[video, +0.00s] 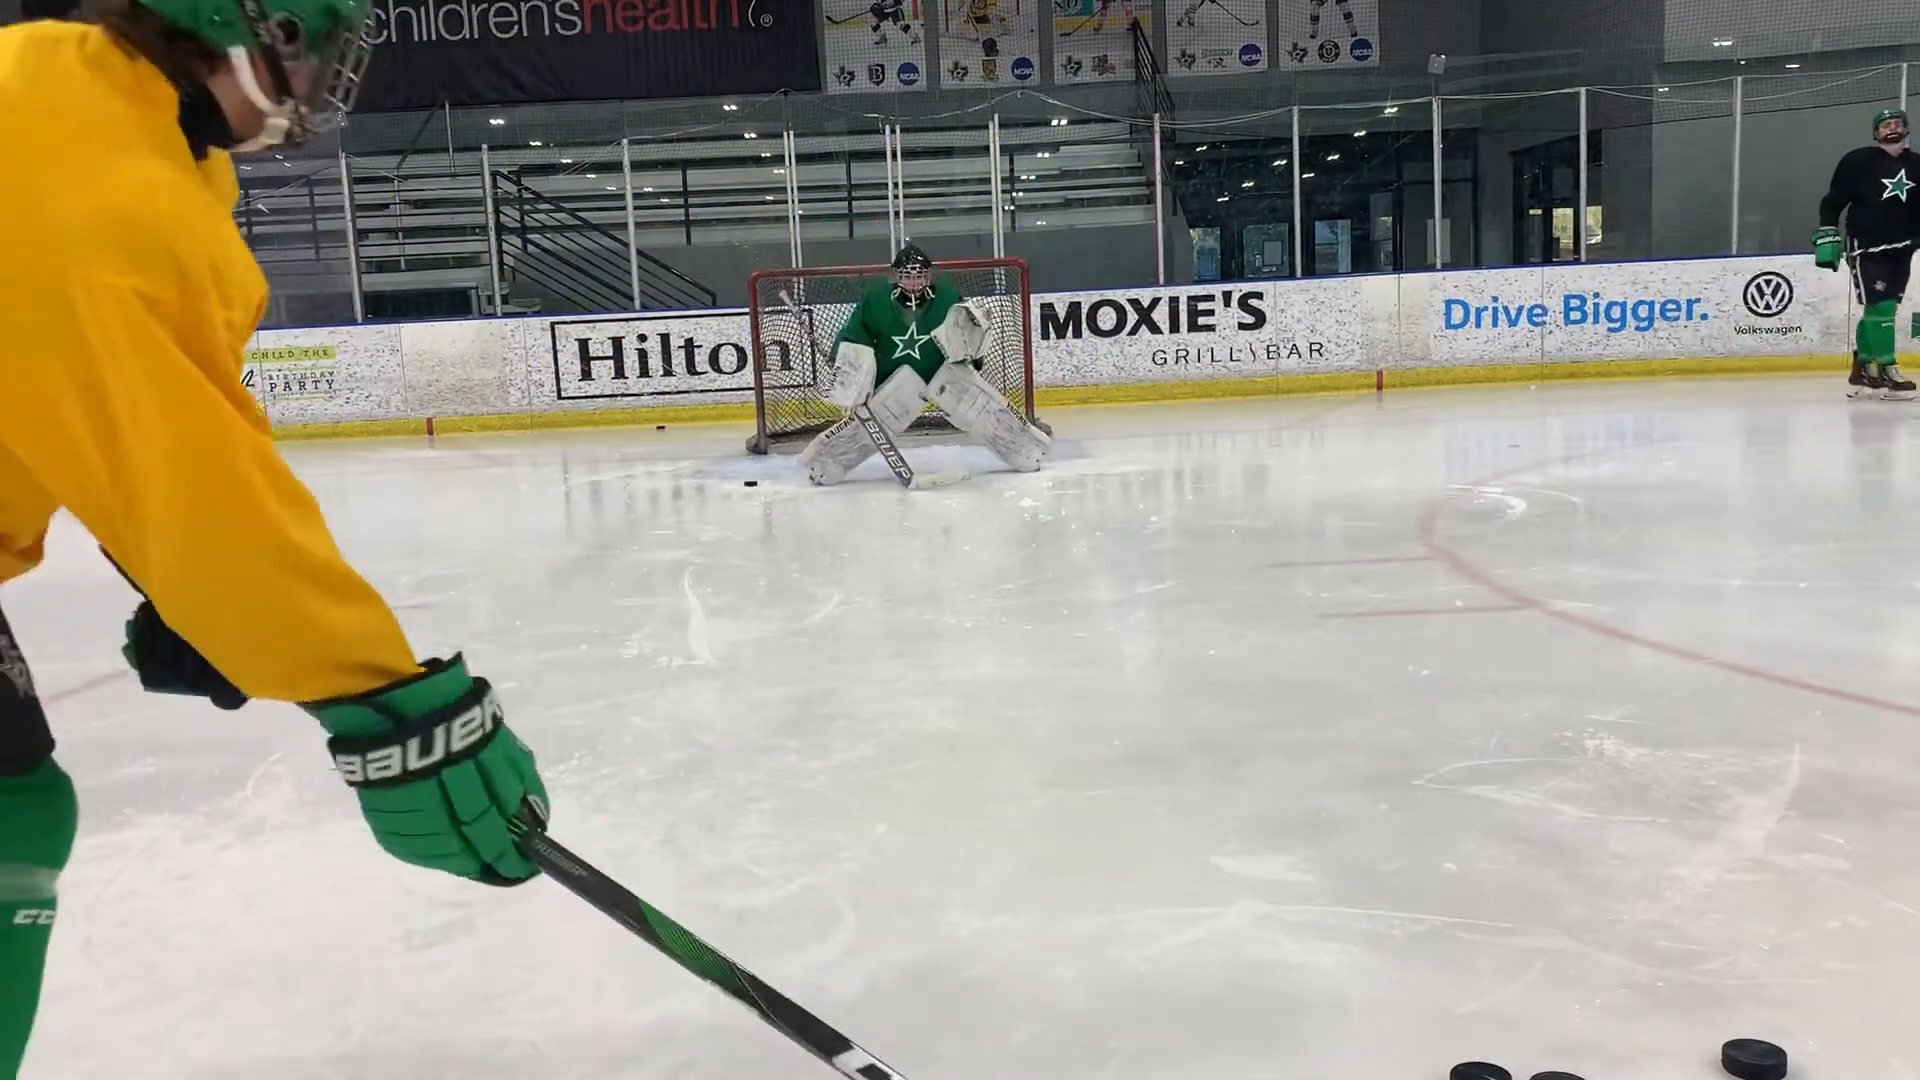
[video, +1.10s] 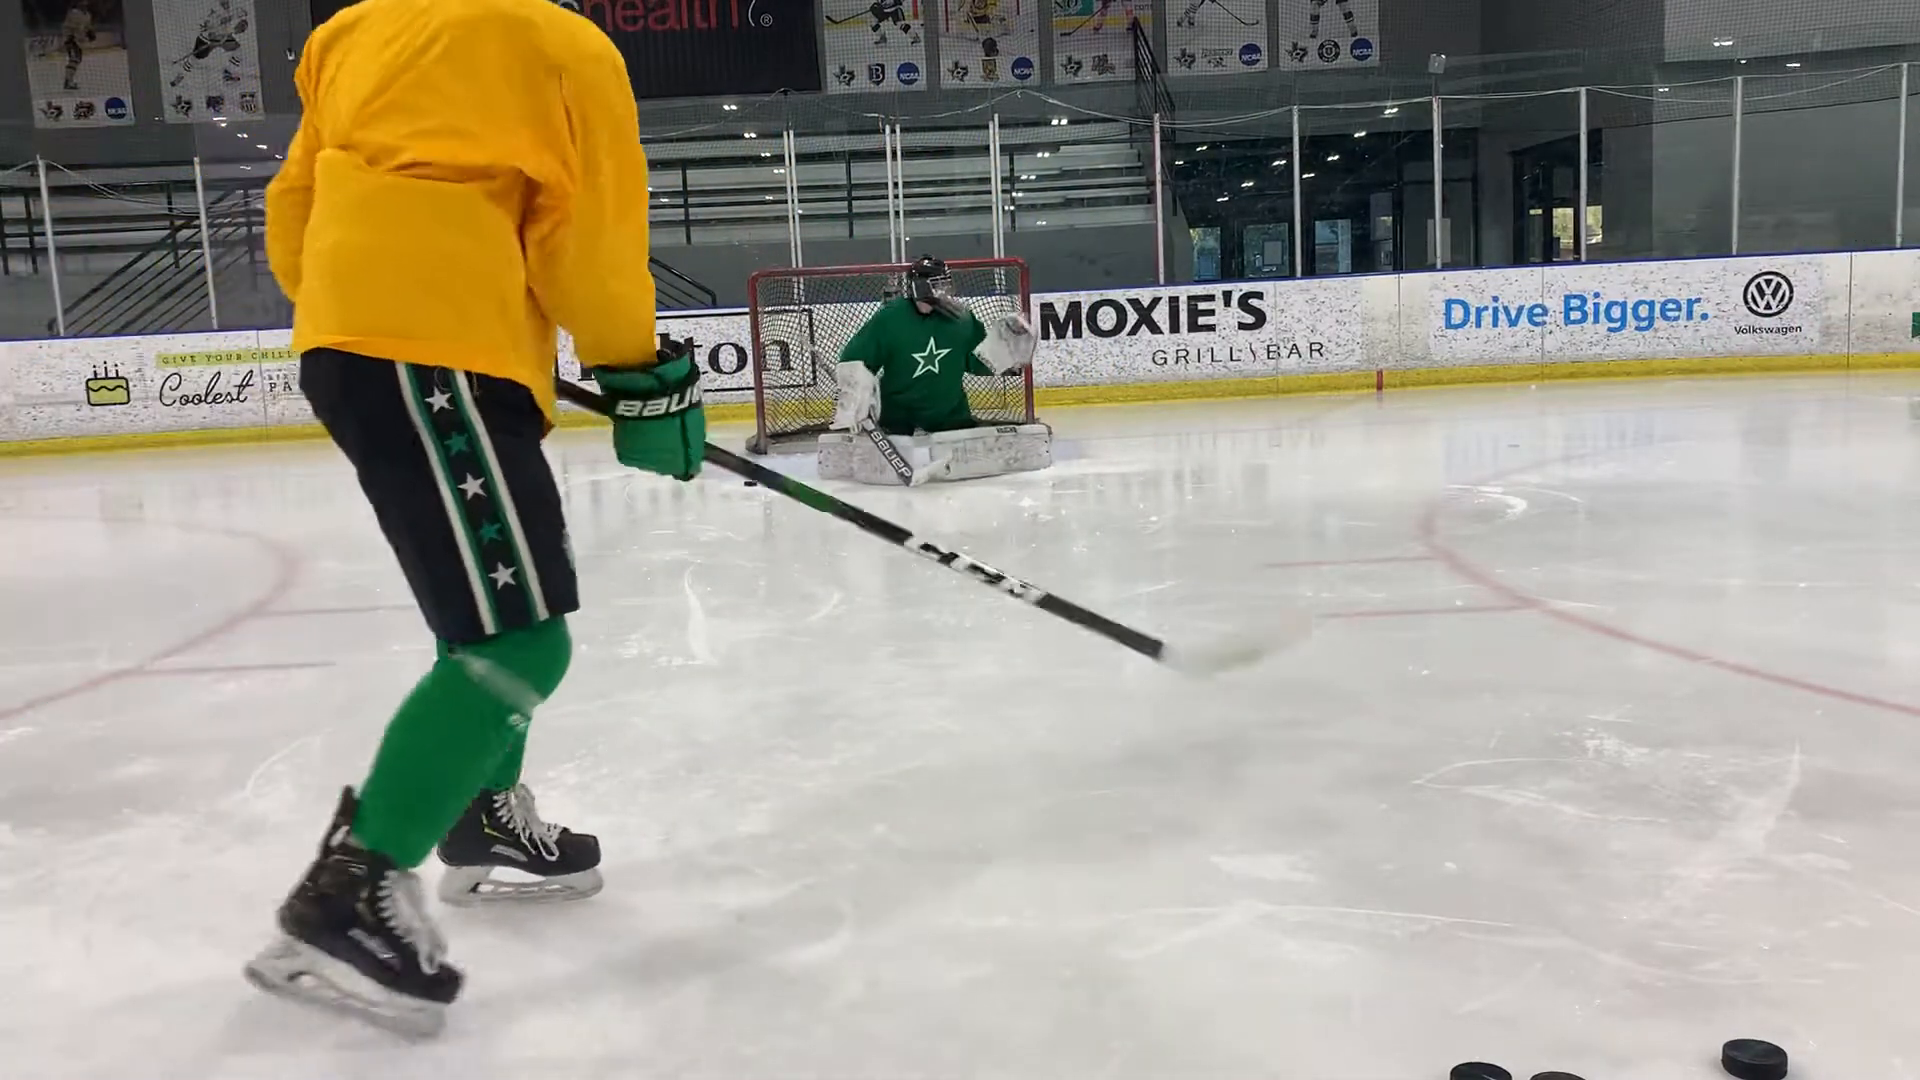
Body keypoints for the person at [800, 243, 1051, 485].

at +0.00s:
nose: (913, 281)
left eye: (919, 274)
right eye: (907, 275)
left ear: (929, 274)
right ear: (895, 276)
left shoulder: (946, 296)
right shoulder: (876, 303)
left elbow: (969, 348)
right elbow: (854, 342)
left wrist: (970, 333)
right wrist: (852, 380)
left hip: (946, 372)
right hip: (897, 378)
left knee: (982, 409)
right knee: (872, 424)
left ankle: (1027, 451)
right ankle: (826, 464)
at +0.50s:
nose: (916, 292)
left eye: (921, 286)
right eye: (909, 286)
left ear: (931, 285)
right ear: (898, 286)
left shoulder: (950, 307)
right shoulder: (877, 311)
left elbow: (977, 359)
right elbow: (850, 349)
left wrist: (973, 349)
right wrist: (849, 388)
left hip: (946, 389)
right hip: (895, 399)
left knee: (981, 415)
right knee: (870, 434)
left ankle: (1019, 448)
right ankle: (827, 464)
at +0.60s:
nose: (915, 297)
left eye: (921, 290)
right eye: (909, 290)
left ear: (930, 288)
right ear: (897, 288)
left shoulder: (948, 308)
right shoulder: (874, 312)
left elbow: (977, 357)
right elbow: (847, 348)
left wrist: (985, 331)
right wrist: (862, 370)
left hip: (945, 401)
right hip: (896, 405)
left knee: (984, 430)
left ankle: (1024, 445)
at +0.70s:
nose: (918, 302)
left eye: (923, 296)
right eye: (912, 296)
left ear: (931, 296)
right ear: (899, 295)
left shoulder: (947, 317)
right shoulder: (876, 319)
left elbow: (967, 352)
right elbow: (847, 355)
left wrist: (998, 346)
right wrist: (859, 386)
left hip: (945, 412)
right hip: (896, 414)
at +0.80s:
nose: (928, 305)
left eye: (932, 298)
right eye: (921, 299)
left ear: (938, 298)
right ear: (904, 300)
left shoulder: (951, 324)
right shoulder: (881, 326)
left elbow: (975, 355)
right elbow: (849, 358)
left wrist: (1010, 340)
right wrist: (853, 390)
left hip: (943, 410)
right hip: (892, 412)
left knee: (975, 444)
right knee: (884, 449)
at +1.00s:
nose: (944, 297)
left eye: (945, 289)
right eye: (936, 291)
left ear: (948, 288)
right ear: (918, 293)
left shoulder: (961, 322)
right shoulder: (889, 323)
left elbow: (983, 356)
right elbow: (853, 360)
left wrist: (1013, 327)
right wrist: (852, 405)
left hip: (954, 426)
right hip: (899, 428)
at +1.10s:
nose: (940, 292)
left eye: (943, 284)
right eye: (933, 285)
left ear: (948, 285)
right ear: (915, 287)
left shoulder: (961, 319)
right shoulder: (890, 319)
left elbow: (976, 360)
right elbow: (852, 360)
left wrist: (1011, 343)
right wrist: (858, 399)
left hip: (954, 425)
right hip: (900, 427)